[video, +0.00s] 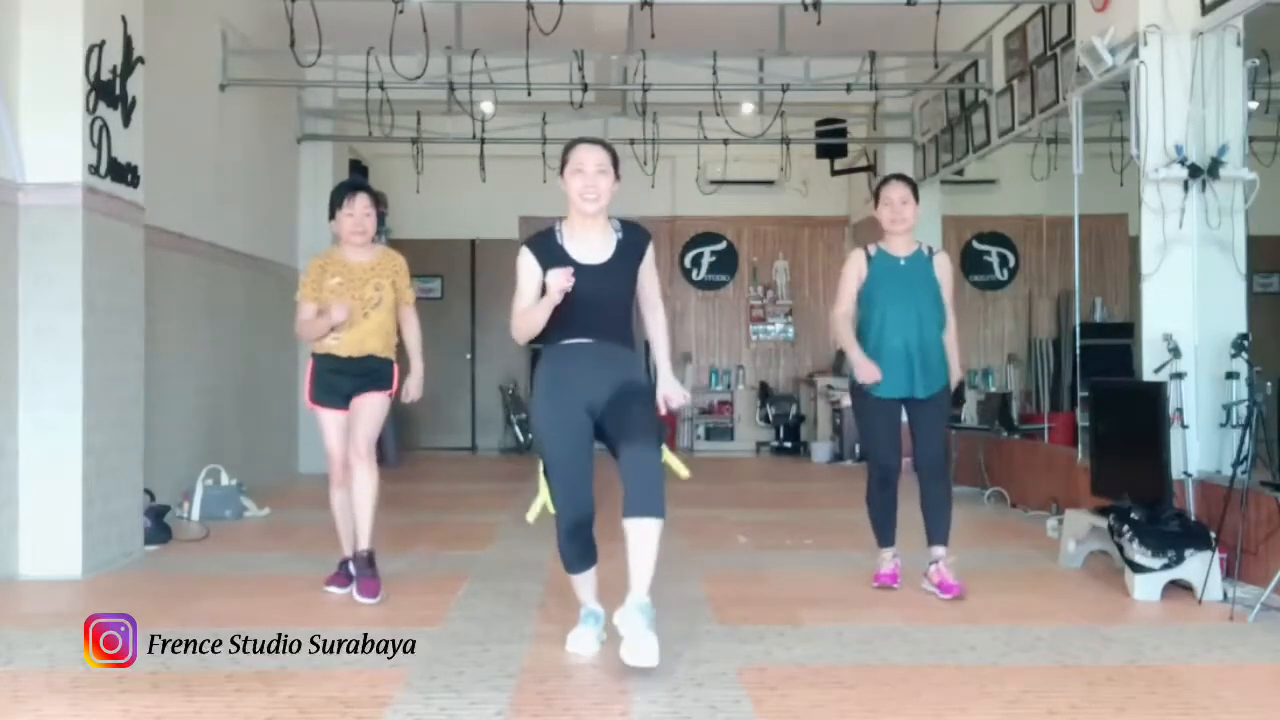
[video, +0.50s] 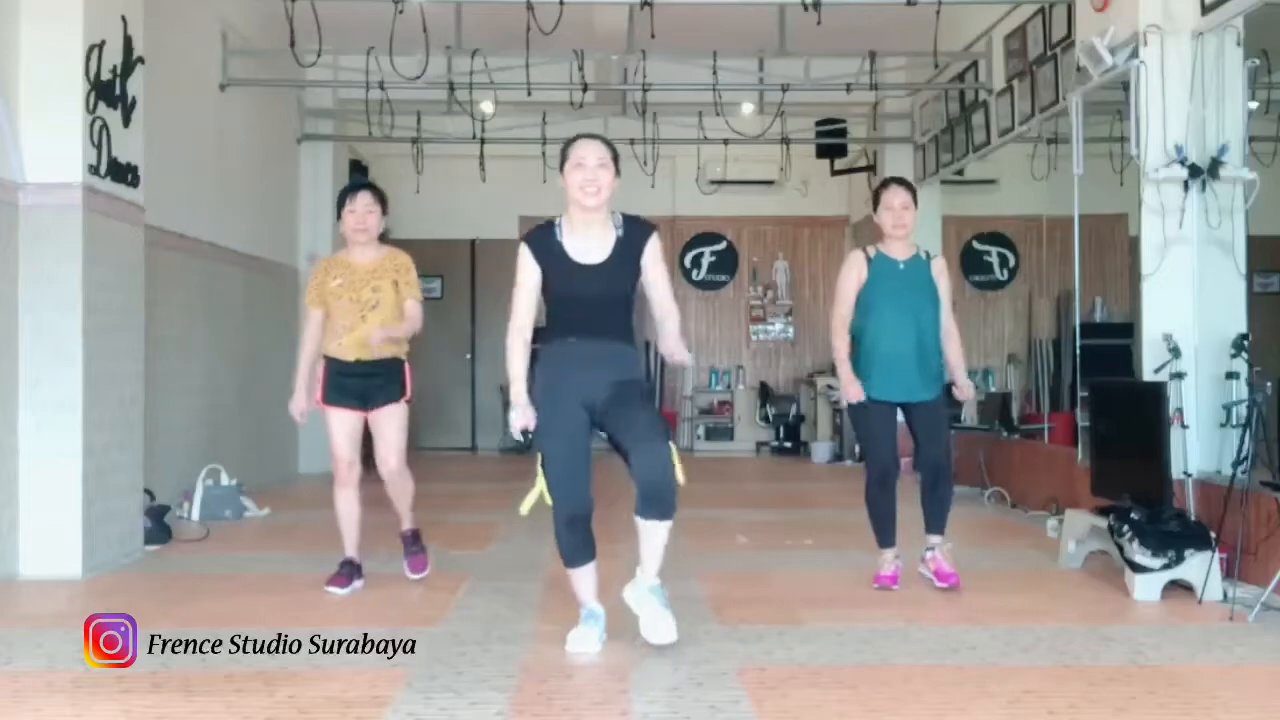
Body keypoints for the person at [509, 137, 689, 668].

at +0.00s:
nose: (589, 181)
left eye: (600, 172)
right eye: (579, 171)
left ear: (615, 182)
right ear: (562, 180)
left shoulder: (636, 242)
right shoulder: (537, 250)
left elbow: (653, 311)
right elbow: (521, 330)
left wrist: (665, 373)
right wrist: (549, 298)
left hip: (625, 374)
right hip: (559, 377)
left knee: (644, 465)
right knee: (573, 509)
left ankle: (638, 605)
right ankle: (590, 612)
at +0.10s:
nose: (591, 172)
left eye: (602, 163)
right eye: (580, 162)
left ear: (616, 172)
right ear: (562, 171)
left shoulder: (635, 231)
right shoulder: (537, 233)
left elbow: (648, 297)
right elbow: (516, 312)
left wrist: (658, 360)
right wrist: (549, 282)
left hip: (626, 367)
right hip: (561, 371)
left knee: (642, 473)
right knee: (575, 502)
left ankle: (636, 608)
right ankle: (590, 613)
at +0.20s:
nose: (591, 167)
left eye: (601, 158)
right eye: (580, 158)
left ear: (615, 168)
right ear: (562, 167)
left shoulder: (634, 223)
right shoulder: (535, 227)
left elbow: (643, 288)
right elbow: (513, 300)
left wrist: (654, 352)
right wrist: (549, 274)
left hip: (628, 360)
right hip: (563, 364)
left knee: (636, 491)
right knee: (575, 497)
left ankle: (637, 626)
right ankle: (589, 612)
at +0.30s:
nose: (589, 168)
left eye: (599, 159)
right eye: (578, 158)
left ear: (614, 169)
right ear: (560, 168)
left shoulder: (636, 230)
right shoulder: (537, 233)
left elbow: (644, 302)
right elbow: (517, 307)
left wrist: (660, 362)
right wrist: (547, 306)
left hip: (627, 368)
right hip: (562, 371)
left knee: (636, 489)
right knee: (573, 500)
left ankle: (638, 625)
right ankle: (589, 613)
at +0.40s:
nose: (589, 179)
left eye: (599, 171)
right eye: (578, 171)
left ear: (615, 182)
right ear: (561, 182)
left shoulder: (640, 244)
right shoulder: (538, 249)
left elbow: (655, 316)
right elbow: (522, 330)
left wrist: (670, 372)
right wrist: (534, 367)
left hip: (626, 385)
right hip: (559, 387)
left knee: (650, 471)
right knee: (570, 507)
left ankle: (645, 606)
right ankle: (591, 614)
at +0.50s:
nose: (590, 175)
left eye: (600, 167)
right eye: (579, 166)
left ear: (615, 178)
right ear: (562, 177)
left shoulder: (640, 237)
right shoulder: (537, 245)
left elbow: (664, 304)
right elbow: (520, 327)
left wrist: (669, 339)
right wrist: (519, 397)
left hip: (624, 380)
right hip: (558, 382)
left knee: (658, 472)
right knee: (570, 504)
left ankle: (646, 584)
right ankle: (590, 612)